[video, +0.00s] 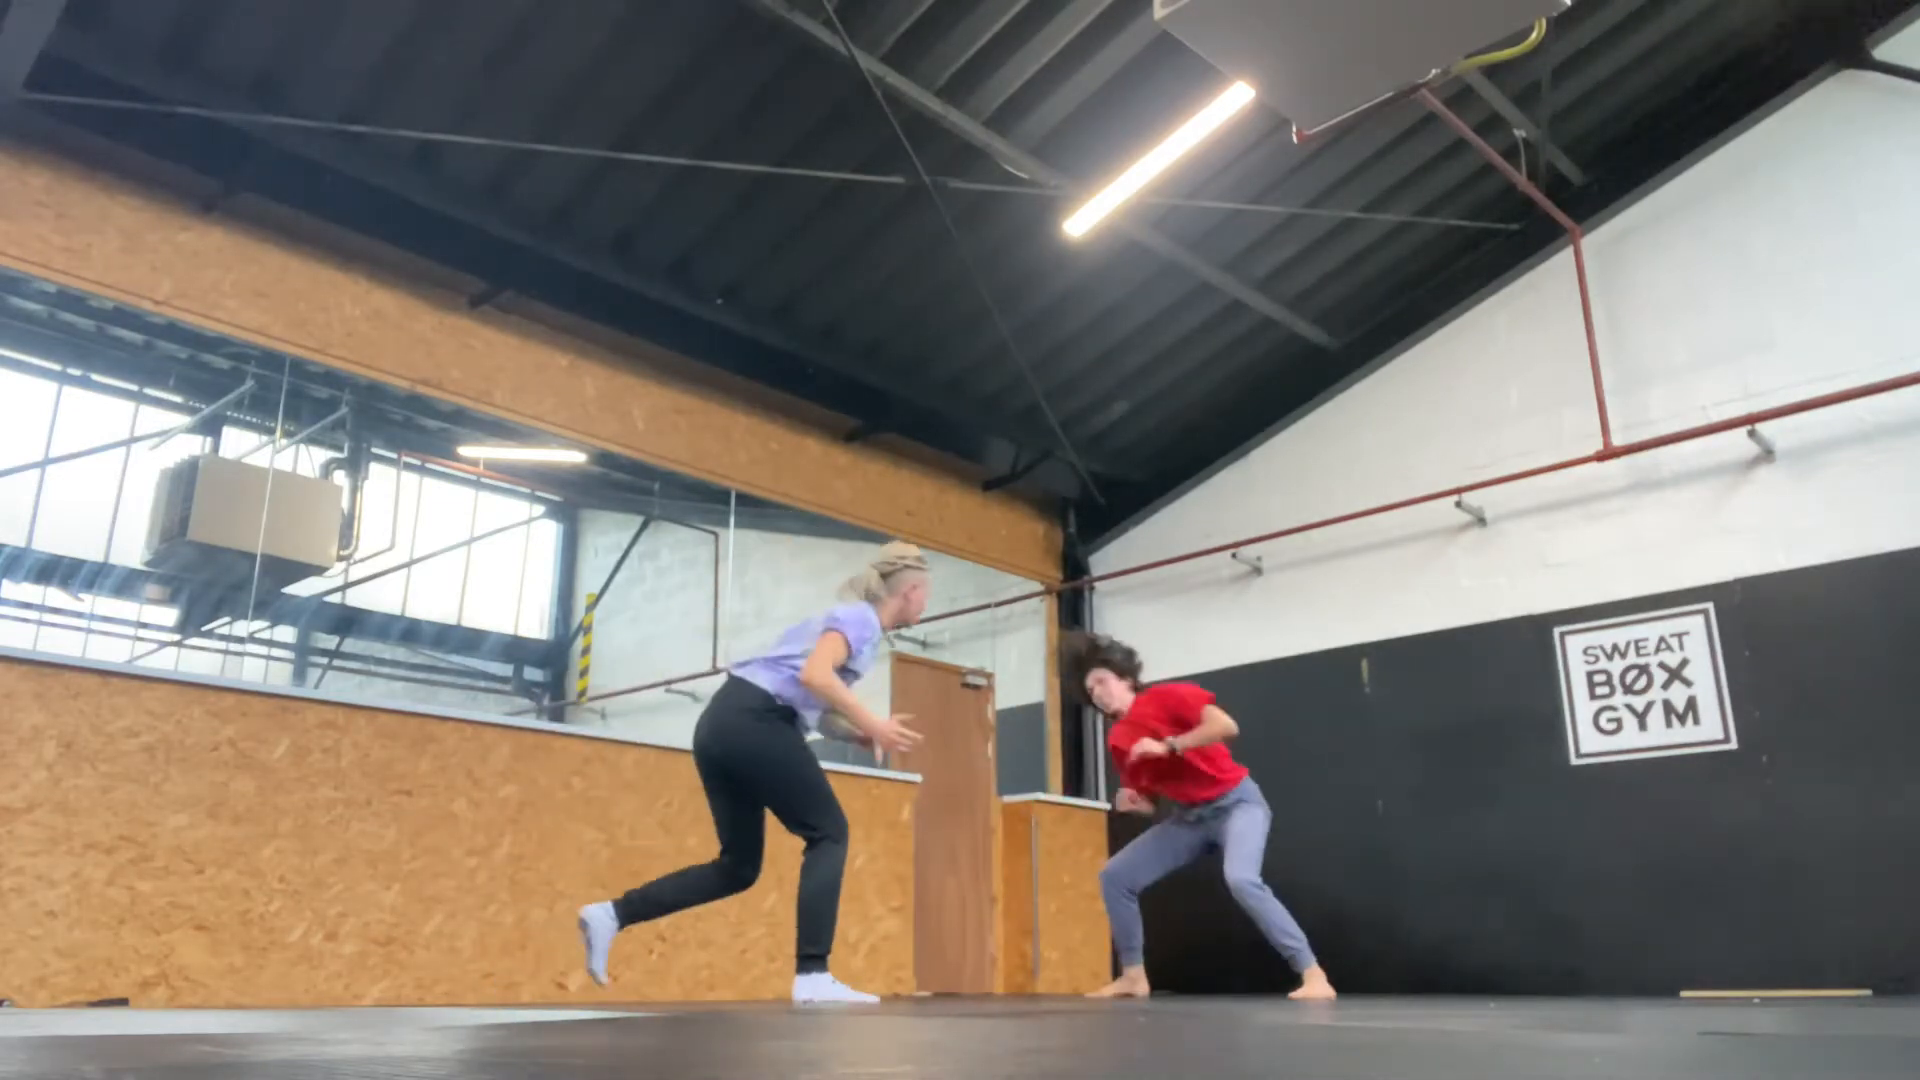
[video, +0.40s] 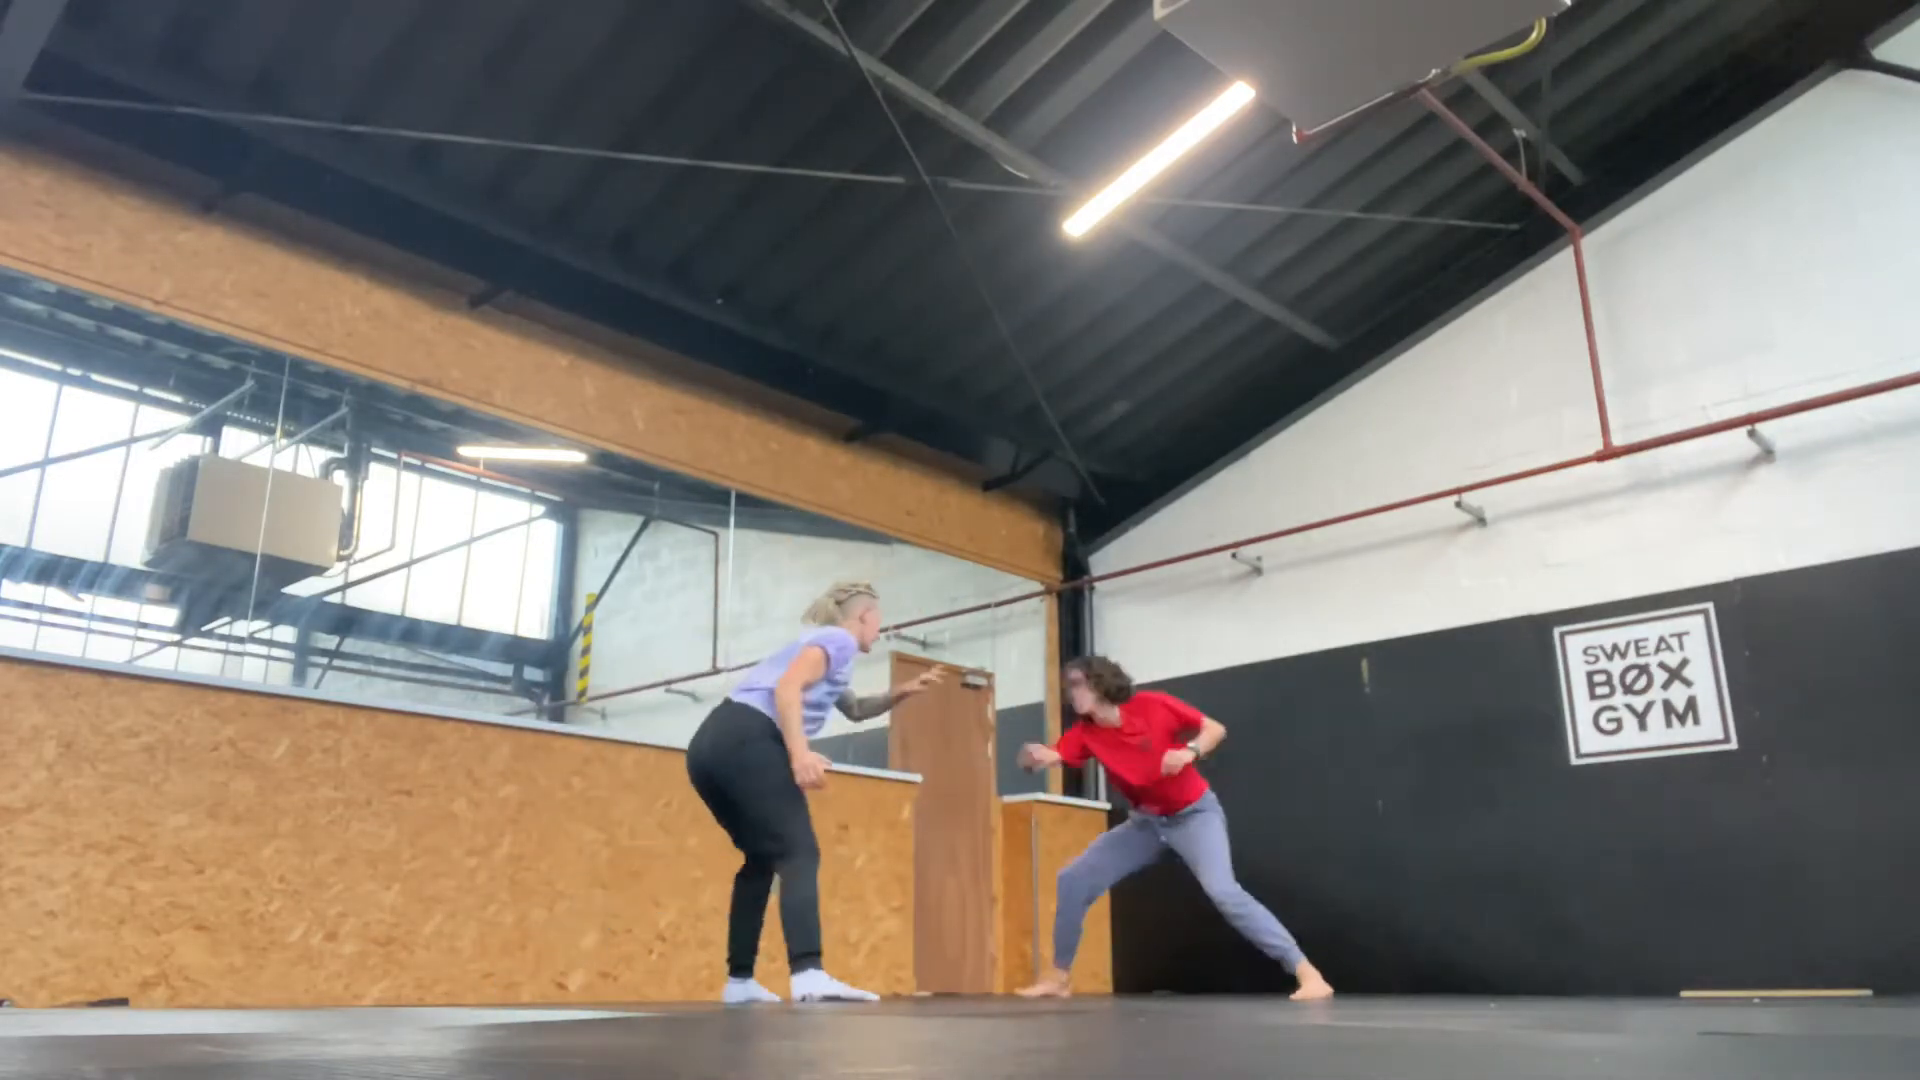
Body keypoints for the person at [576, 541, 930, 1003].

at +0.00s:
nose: (925, 603)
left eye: (926, 592)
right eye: (923, 591)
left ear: (889, 587)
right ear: (904, 589)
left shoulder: (844, 623)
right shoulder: (861, 618)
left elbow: (812, 711)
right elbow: (816, 673)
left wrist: (859, 734)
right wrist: (875, 723)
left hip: (720, 725)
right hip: (756, 724)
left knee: (738, 867)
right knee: (829, 833)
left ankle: (611, 917)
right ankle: (813, 977)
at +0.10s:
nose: (929, 627)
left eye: (930, 617)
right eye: (928, 616)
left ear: (898, 609)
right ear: (912, 612)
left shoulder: (843, 635)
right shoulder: (870, 633)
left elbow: (811, 728)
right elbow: (847, 686)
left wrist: (848, 748)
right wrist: (900, 746)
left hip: (722, 731)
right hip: (756, 730)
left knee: (754, 854)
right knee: (832, 834)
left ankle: (656, 948)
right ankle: (812, 976)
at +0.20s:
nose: (919, 632)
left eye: (920, 621)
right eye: (918, 620)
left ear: (881, 612)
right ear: (901, 617)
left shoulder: (832, 640)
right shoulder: (869, 638)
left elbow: (809, 733)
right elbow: (842, 689)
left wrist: (865, 734)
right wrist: (880, 758)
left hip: (716, 738)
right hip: (760, 735)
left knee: (744, 854)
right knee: (836, 842)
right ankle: (812, 977)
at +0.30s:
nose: (898, 628)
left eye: (899, 620)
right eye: (895, 619)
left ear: (858, 612)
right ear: (877, 614)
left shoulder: (823, 640)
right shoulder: (856, 638)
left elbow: (850, 729)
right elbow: (815, 687)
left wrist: (890, 702)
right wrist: (829, 766)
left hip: (713, 745)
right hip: (757, 741)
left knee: (751, 862)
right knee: (828, 851)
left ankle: (736, 982)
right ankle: (811, 976)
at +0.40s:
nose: (879, 629)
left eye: (880, 621)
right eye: (877, 620)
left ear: (842, 615)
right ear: (860, 615)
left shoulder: (821, 648)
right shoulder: (839, 640)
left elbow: (856, 709)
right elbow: (789, 685)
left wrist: (905, 690)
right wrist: (800, 753)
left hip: (708, 747)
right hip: (747, 739)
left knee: (758, 860)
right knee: (800, 854)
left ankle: (739, 981)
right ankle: (808, 975)